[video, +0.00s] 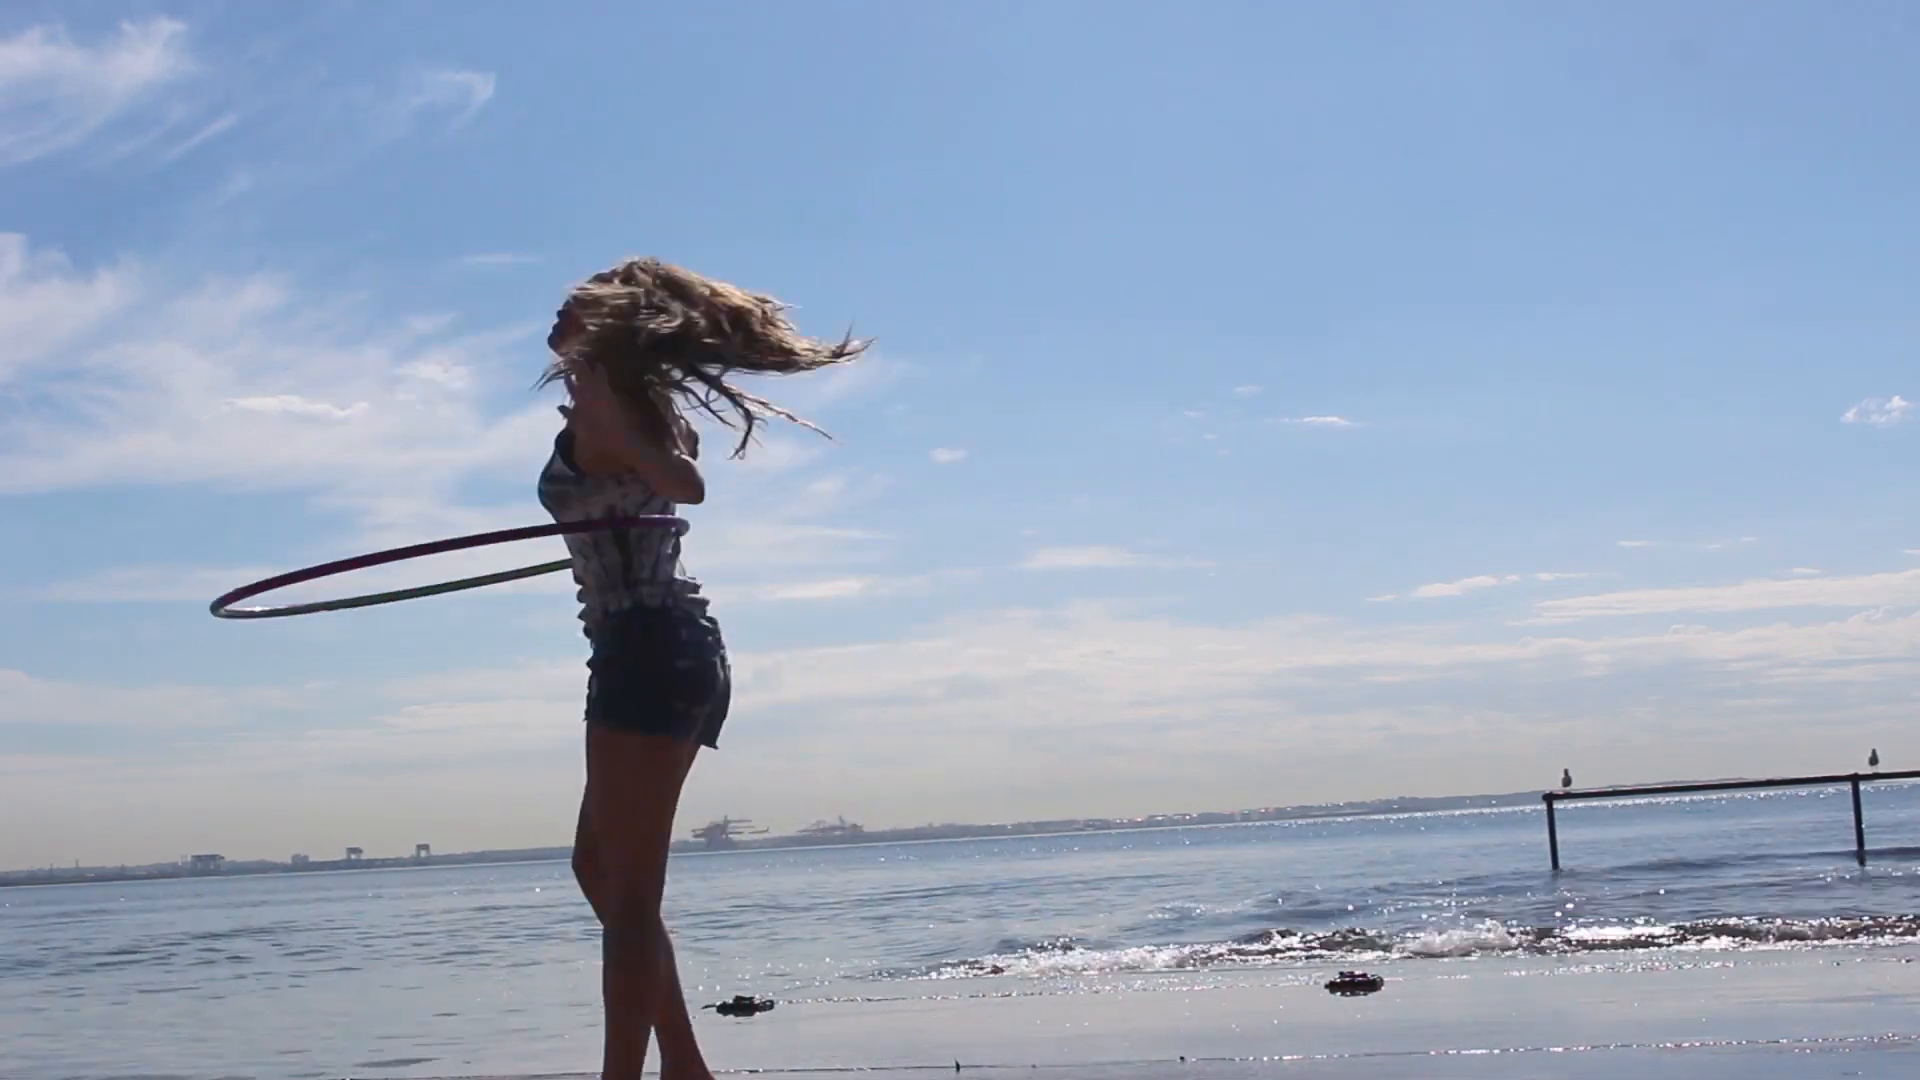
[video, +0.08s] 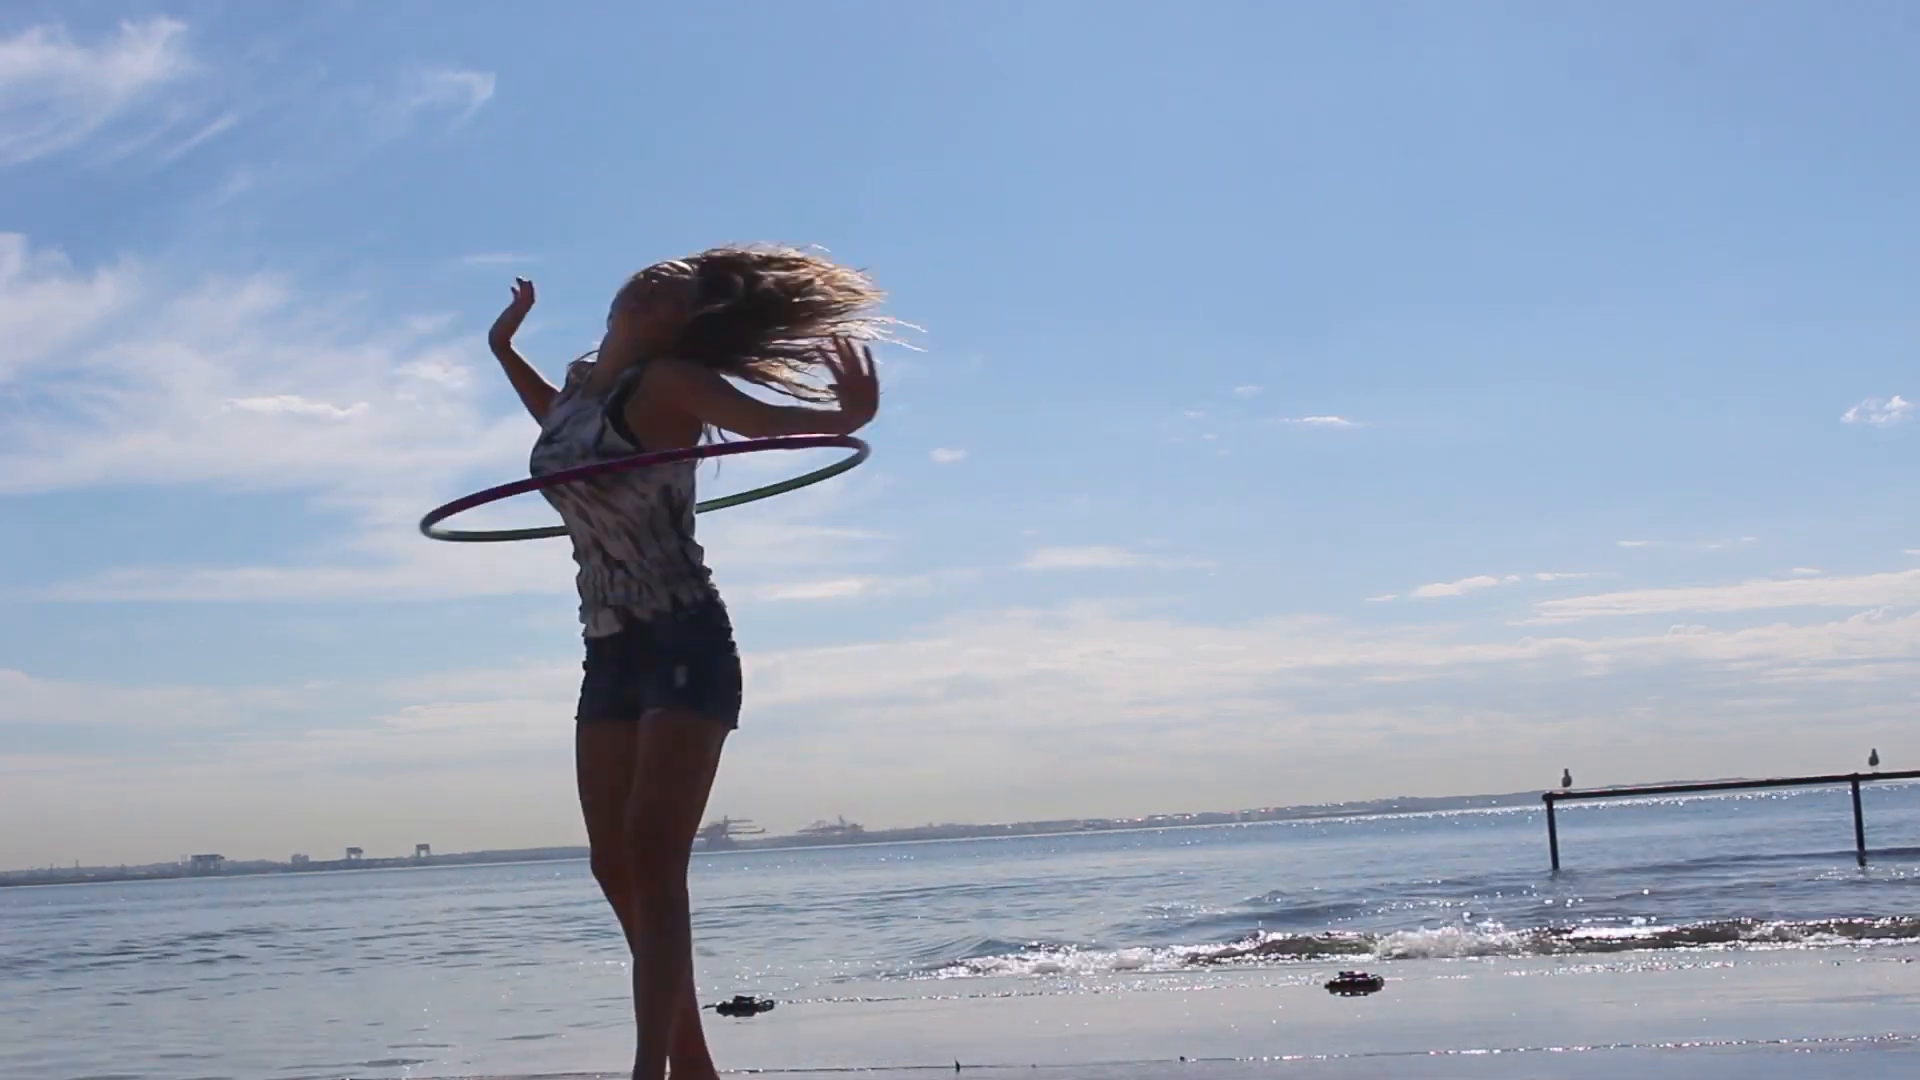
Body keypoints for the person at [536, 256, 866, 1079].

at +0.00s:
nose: (560, 321)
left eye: (576, 311)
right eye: (566, 307)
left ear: (607, 329)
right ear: (617, 333)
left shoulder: (614, 402)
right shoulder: (603, 402)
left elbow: (686, 483)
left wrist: (616, 453)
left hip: (649, 651)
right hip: (660, 646)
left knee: (632, 884)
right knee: (597, 864)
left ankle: (623, 1072)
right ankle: (684, 1063)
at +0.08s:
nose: (652, 271)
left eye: (671, 277)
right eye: (666, 265)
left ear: (677, 315)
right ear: (638, 300)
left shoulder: (667, 383)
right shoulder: (583, 380)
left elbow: (761, 421)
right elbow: (562, 425)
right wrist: (503, 348)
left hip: (684, 643)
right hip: (611, 654)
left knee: (654, 860)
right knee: (614, 866)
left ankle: (649, 1070)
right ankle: (695, 1067)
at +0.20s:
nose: (732, 309)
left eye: (735, 300)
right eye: (715, 294)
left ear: (728, 323)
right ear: (667, 305)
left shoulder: (745, 394)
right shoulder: (606, 382)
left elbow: (873, 423)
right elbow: (497, 409)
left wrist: (999, 407)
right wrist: (419, 326)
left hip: (696, 651)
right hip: (599, 654)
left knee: (738, 869)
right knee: (634, 876)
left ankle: (721, 1071)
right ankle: (653, 1066)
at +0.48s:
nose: (783, 329)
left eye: (781, 317)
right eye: (773, 318)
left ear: (712, 337)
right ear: (749, 334)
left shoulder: (674, 429)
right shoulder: (763, 427)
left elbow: (568, 490)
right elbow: (761, 432)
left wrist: (485, 483)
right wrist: (753, 380)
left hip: (654, 686)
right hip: (714, 682)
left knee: (759, 887)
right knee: (821, 874)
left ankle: (720, 1072)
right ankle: (787, 1069)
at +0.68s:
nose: (678, 309)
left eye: (688, 294)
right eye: (680, 294)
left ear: (728, 300)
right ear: (772, 304)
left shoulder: (696, 372)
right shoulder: (823, 389)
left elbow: (556, 367)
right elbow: (922, 455)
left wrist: (420, 351)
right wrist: (937, 497)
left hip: (715, 635)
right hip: (809, 637)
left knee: (739, 875)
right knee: (809, 877)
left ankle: (754, 1073)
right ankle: (841, 1071)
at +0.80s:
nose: (676, 301)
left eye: (693, 286)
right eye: (674, 287)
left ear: (741, 293)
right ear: (690, 298)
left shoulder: (745, 370)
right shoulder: (718, 378)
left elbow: (793, 386)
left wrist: (830, 372)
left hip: (772, 634)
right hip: (803, 632)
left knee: (742, 859)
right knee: (808, 867)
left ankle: (774, 1072)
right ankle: (855, 1069)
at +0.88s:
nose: (685, 292)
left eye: (705, 275)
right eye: (676, 278)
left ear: (750, 287)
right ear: (669, 295)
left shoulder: (786, 382)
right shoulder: (685, 385)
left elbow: (930, 405)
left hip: (804, 650)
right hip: (746, 662)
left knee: (765, 871)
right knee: (822, 880)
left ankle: (771, 1074)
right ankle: (902, 1066)